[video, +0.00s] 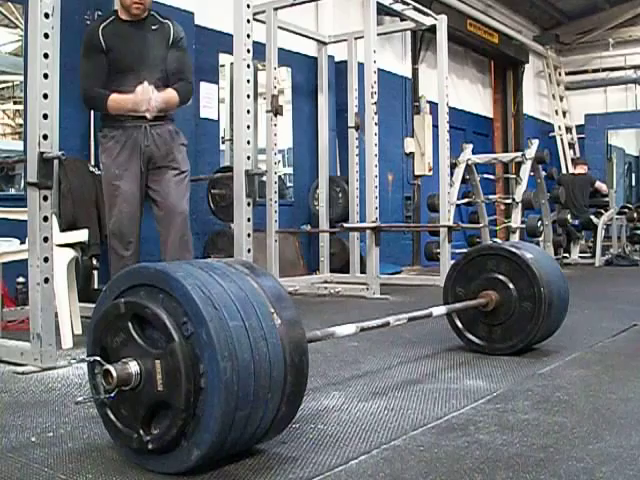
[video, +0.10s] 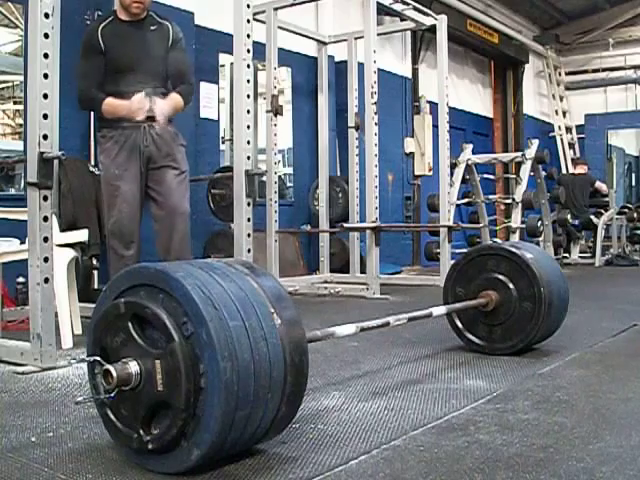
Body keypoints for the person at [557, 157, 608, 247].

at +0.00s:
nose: (586, 170)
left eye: (586, 168)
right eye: (586, 168)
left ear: (574, 168)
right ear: (586, 168)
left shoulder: (564, 178)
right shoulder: (588, 178)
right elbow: (604, 189)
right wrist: (594, 187)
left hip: (566, 217)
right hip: (583, 217)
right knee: (598, 226)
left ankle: (566, 253)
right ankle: (595, 254)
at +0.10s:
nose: (586, 171)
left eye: (586, 169)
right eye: (586, 169)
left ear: (574, 168)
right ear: (585, 168)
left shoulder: (564, 178)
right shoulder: (588, 178)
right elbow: (604, 189)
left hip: (566, 217)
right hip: (583, 217)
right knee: (599, 226)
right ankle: (596, 253)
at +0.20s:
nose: (586, 171)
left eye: (586, 169)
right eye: (586, 169)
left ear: (574, 168)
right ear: (585, 169)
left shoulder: (564, 178)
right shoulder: (588, 178)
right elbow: (604, 189)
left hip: (566, 216)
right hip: (583, 216)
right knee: (598, 226)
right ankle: (595, 254)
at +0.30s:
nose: (586, 171)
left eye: (586, 169)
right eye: (586, 169)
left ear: (574, 168)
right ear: (585, 169)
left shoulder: (564, 178)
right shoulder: (588, 178)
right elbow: (604, 189)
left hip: (566, 215)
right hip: (583, 216)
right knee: (599, 226)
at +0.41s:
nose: (586, 171)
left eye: (586, 169)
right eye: (586, 169)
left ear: (574, 168)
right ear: (586, 168)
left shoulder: (564, 178)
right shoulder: (588, 178)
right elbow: (604, 189)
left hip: (566, 216)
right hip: (583, 216)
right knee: (599, 227)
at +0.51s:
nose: (587, 170)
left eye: (586, 168)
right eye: (586, 168)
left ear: (574, 168)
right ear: (586, 168)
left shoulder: (564, 178)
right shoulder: (588, 178)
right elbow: (604, 190)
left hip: (566, 217)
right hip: (583, 216)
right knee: (599, 225)